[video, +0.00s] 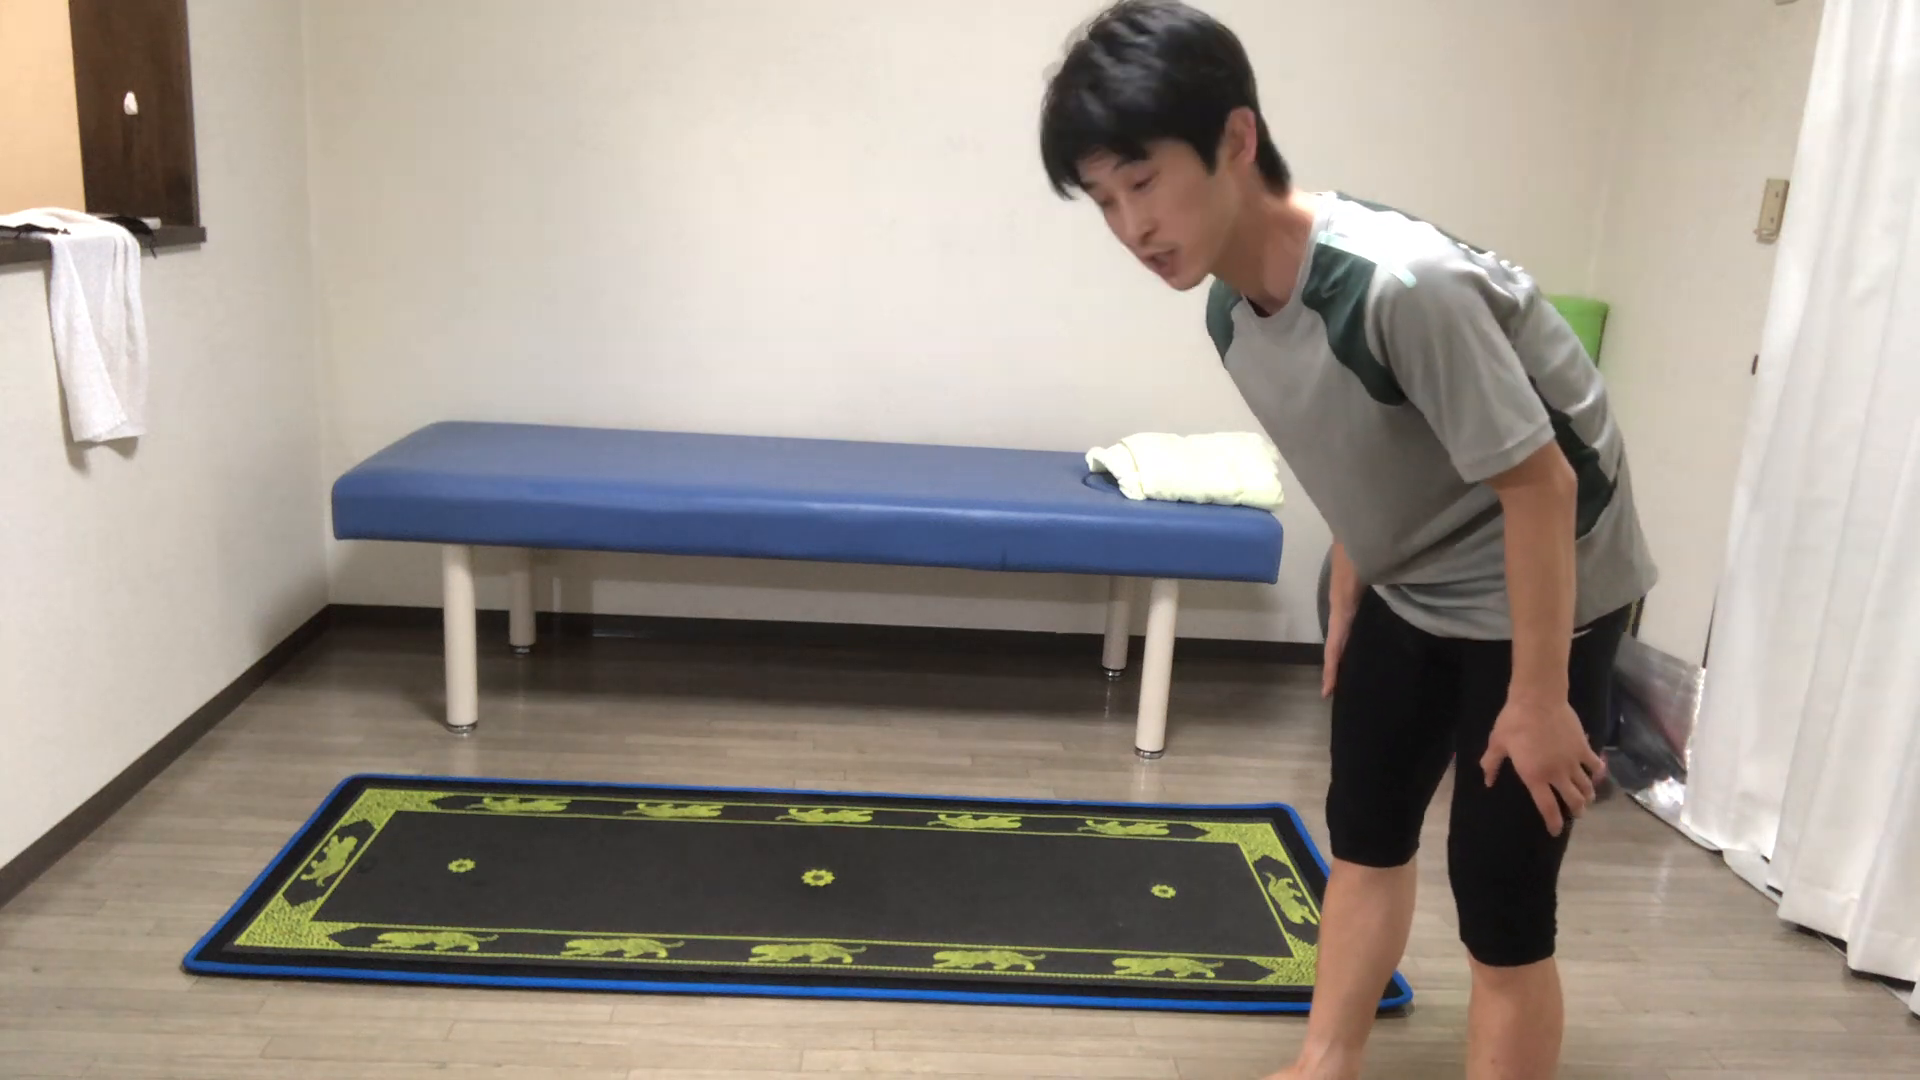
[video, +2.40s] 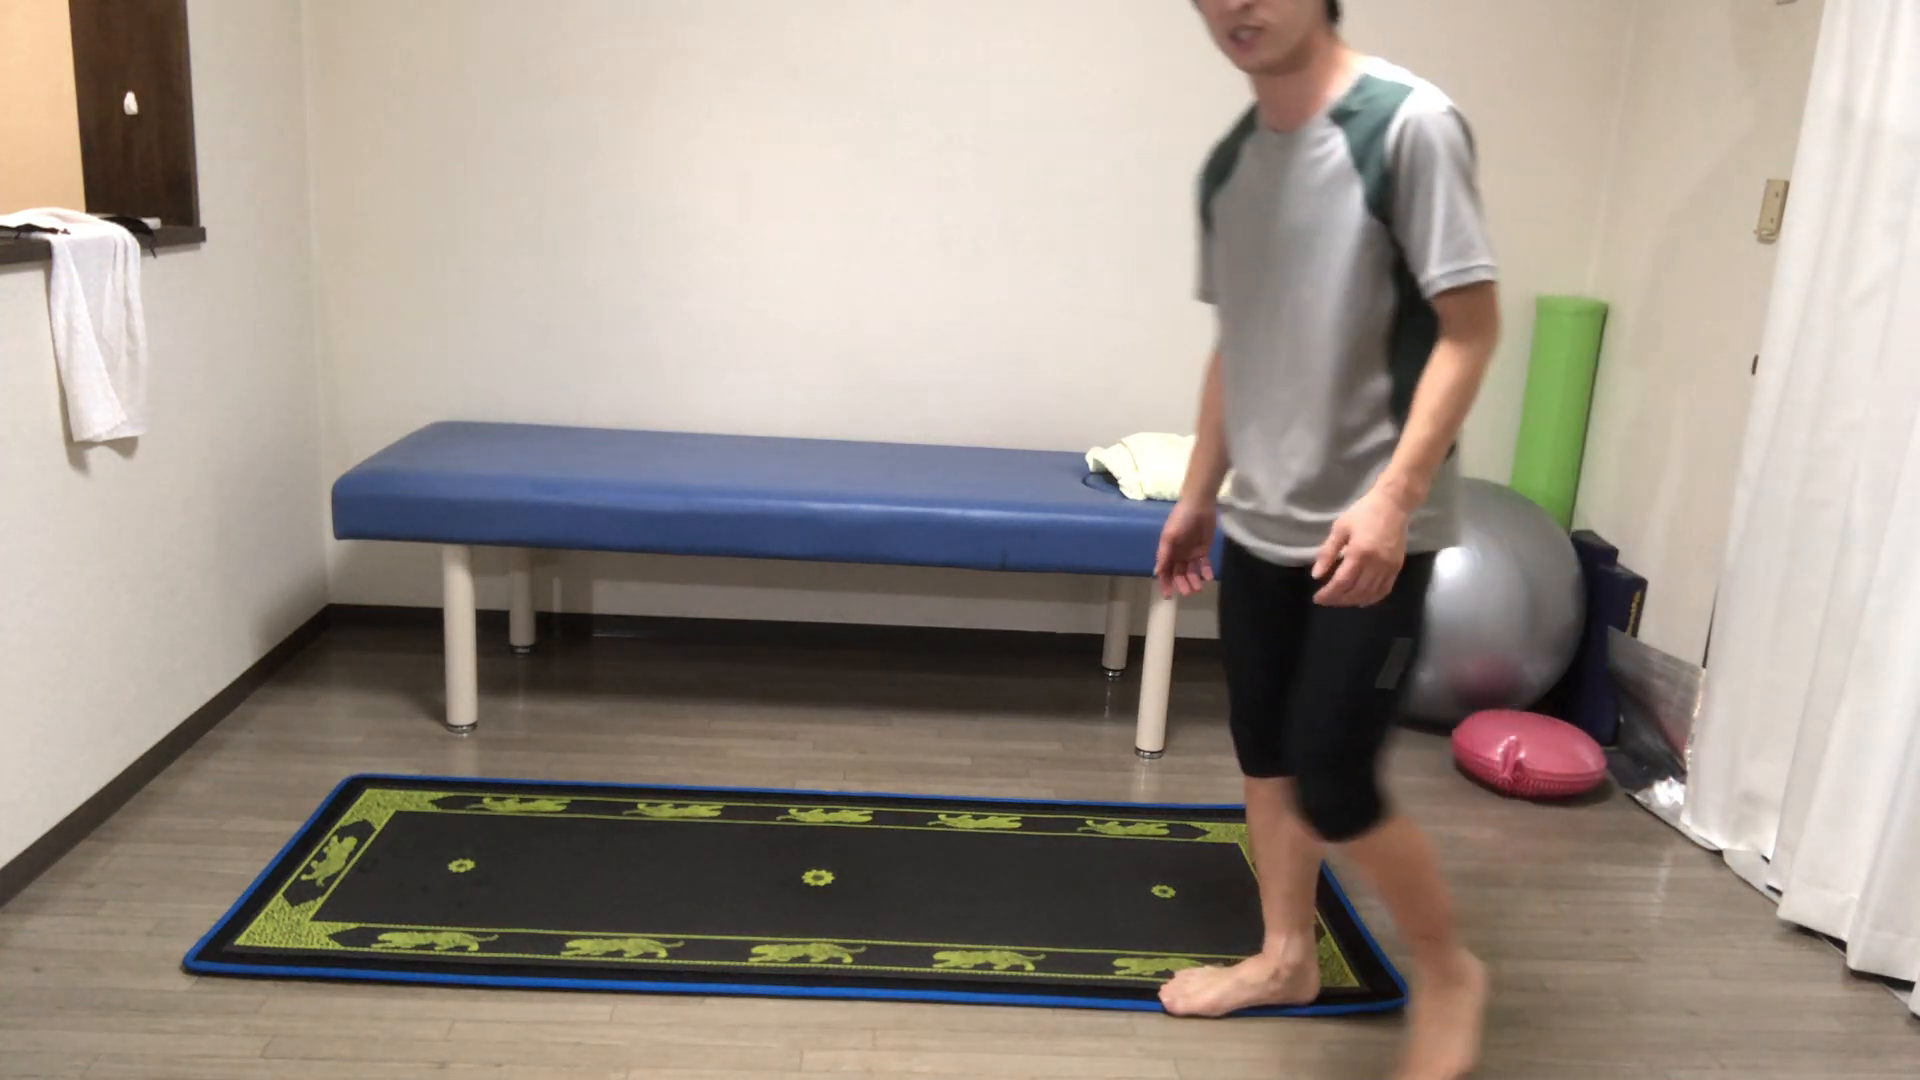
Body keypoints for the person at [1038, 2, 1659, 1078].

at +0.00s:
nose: (1130, 226)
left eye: (1143, 179)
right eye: (1103, 201)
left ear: (1237, 141)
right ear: (1091, 206)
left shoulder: (1409, 292)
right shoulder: (1230, 313)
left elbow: (1540, 484)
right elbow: (1369, 462)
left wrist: (1541, 693)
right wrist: (1347, 595)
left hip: (1542, 600)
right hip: (1401, 588)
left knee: (1503, 906)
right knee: (1366, 836)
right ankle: (1327, 1059)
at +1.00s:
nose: (1174, 185)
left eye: (1183, 142)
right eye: (1144, 177)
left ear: (1258, 118)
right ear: (1138, 204)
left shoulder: (1414, 242)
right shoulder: (1270, 323)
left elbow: (1520, 449)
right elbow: (1410, 469)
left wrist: (1458, 654)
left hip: (1581, 580)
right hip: (1443, 579)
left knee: (1493, 857)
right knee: (1386, 815)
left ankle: (1510, 1011)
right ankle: (1326, 1058)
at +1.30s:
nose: (1330, 113)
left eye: (1350, 70)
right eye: (1298, 96)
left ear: (1420, 59)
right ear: (1283, 121)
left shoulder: (1555, 208)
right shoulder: (1355, 278)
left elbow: (1629, 409)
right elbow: (1432, 441)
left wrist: (1450, 533)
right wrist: (1435, 570)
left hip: (1615, 583)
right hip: (1474, 577)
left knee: (1536, 830)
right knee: (1394, 799)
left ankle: (1508, 1033)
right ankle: (1332, 1044)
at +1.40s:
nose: (1374, 86)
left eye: (1396, 47)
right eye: (1343, 67)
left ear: (1462, 40)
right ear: (1325, 96)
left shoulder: (1596, 196)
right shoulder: (1380, 262)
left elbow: (1665, 404)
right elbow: (1437, 433)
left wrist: (1573, 581)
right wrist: (1451, 571)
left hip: (1623, 576)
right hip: (1477, 569)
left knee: (1542, 825)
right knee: (1383, 790)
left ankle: (1504, 1036)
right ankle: (1327, 1040)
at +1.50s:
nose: (1406, 59)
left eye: (1431, 22)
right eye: (1376, 38)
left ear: (1500, 25)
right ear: (1361, 63)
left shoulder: (1621, 191)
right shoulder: (1401, 234)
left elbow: (1689, 406)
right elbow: (1447, 412)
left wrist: (1710, 596)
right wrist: (1453, 548)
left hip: (1607, 578)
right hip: (1468, 561)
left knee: (1540, 819)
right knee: (1362, 775)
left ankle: (1504, 1034)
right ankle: (1317, 1031)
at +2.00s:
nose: (1402, 8)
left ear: (1494, 7)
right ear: (1370, 12)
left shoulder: (1574, 159)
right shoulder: (1362, 167)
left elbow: (1604, 375)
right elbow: (1364, 354)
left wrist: (1566, 556)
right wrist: (1345, 505)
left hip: (1513, 538)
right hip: (1386, 523)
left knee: (1506, 789)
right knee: (1314, 735)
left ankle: (1504, 1021)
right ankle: (1290, 956)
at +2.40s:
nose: (1233, 11)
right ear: (1201, 12)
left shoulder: (1408, 126)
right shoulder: (1229, 163)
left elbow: (1471, 328)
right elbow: (1239, 343)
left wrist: (1394, 499)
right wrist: (1199, 493)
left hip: (1370, 528)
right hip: (1257, 520)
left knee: (1332, 778)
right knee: (1268, 752)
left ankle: (1447, 978)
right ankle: (1287, 955)